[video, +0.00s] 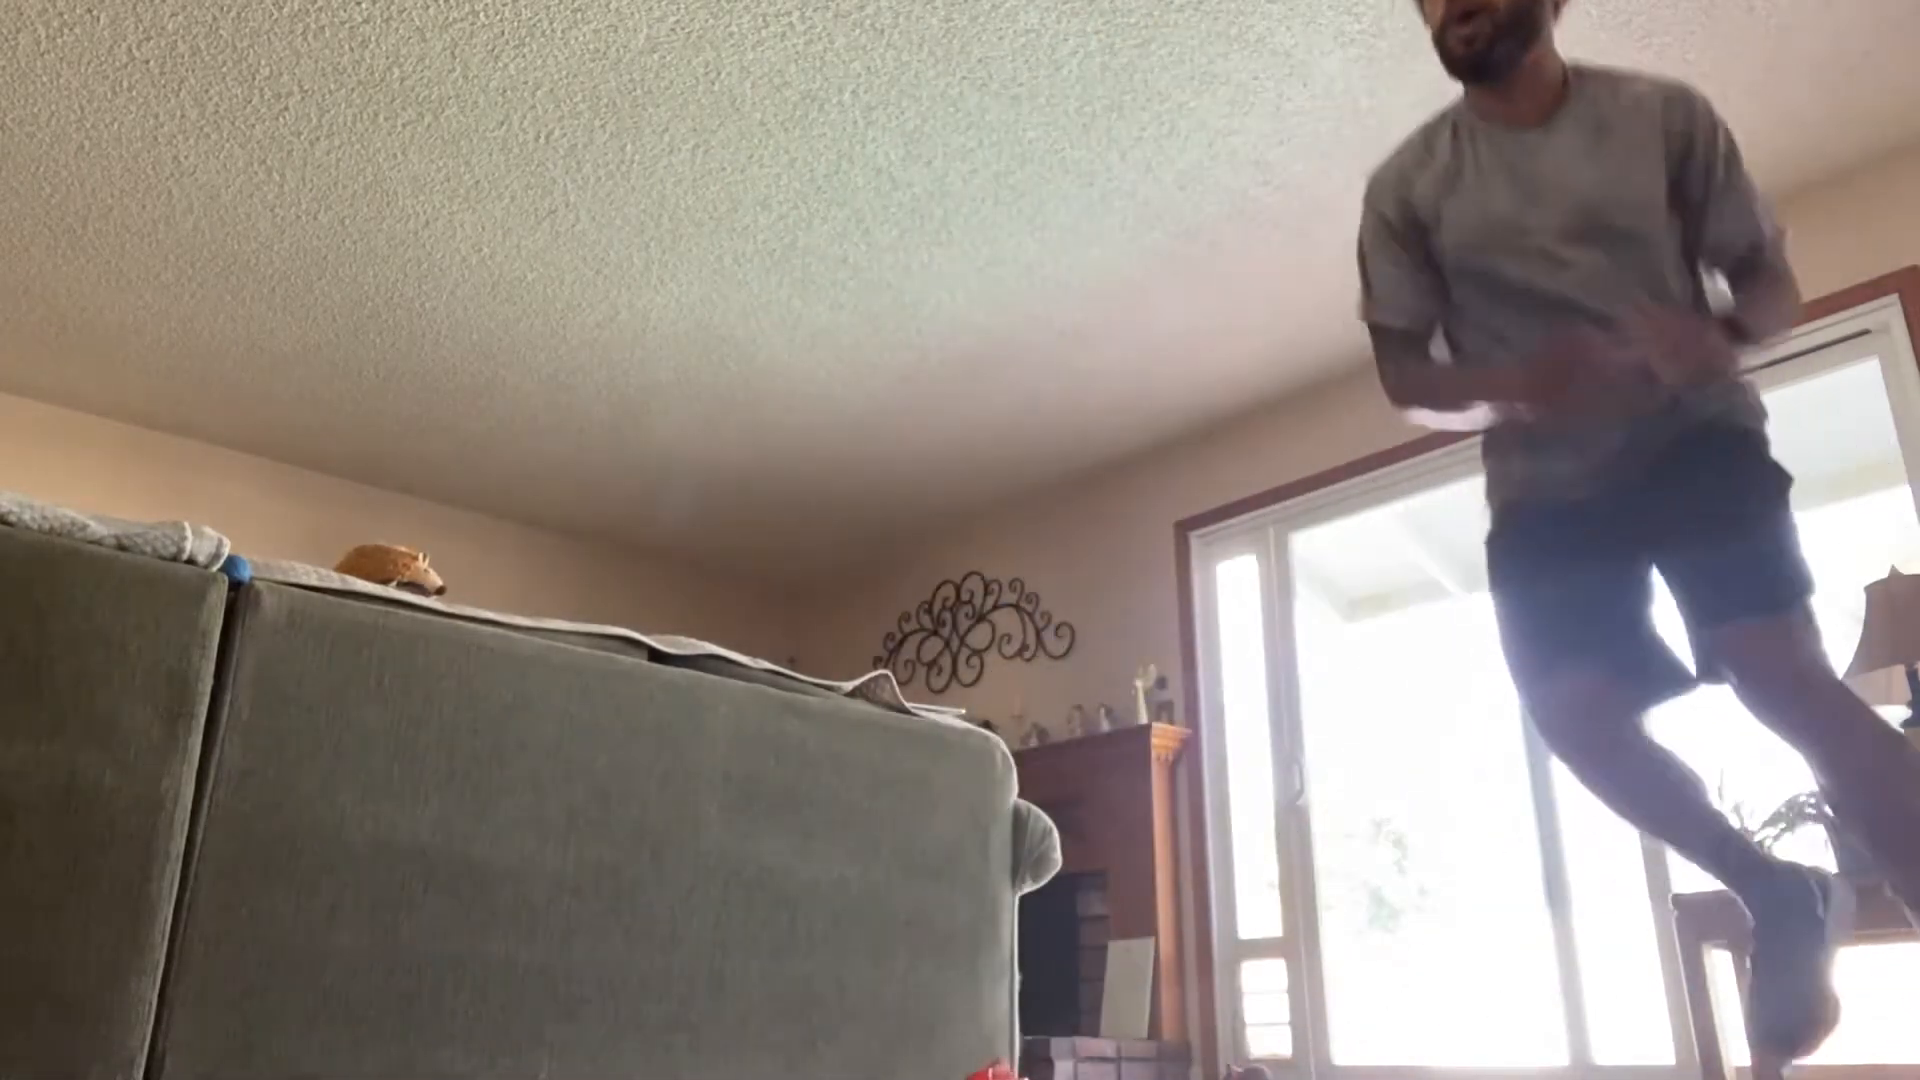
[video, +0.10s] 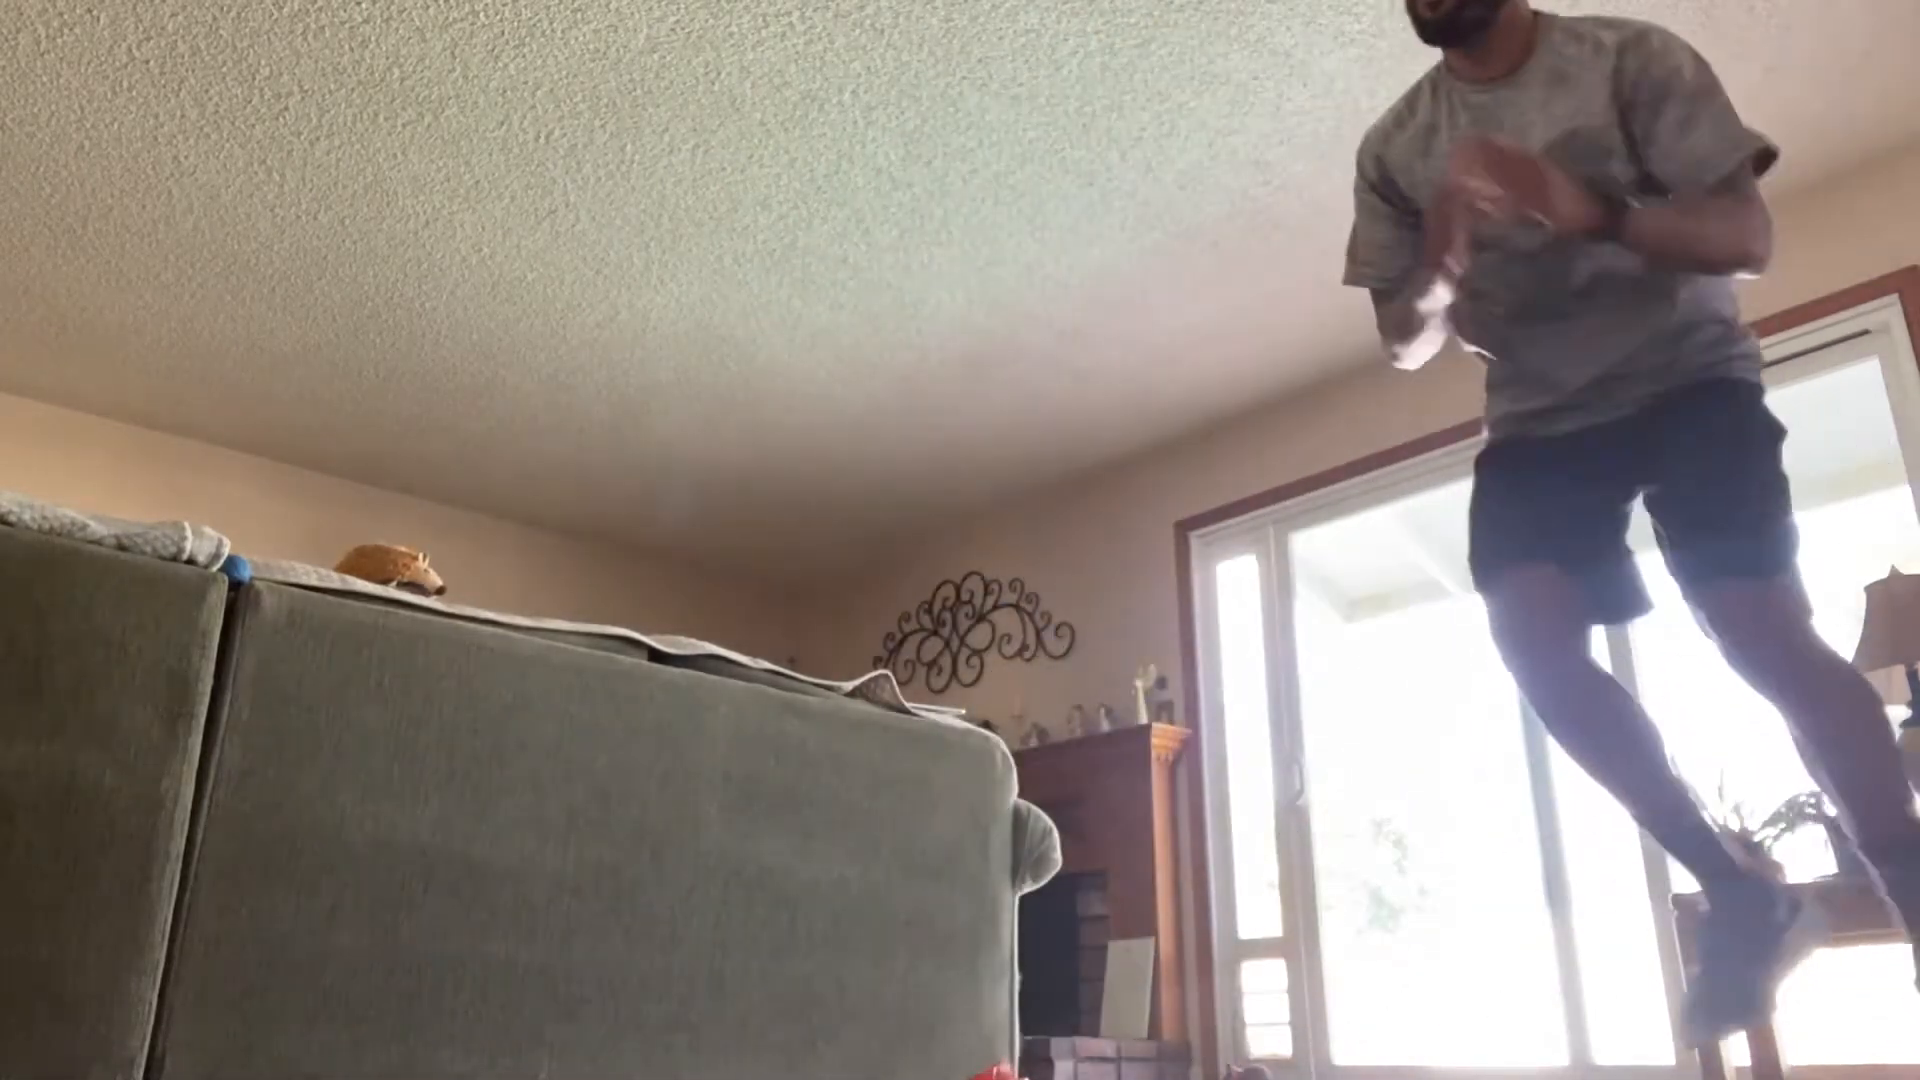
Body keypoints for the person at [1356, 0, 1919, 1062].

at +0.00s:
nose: (1457, 12)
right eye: (1439, 2)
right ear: (1427, 23)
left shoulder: (1665, 118)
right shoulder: (1406, 185)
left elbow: (1774, 293)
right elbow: (1405, 376)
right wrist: (1517, 381)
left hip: (1693, 446)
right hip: (1545, 489)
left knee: (1781, 680)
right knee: (1580, 724)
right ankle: (1774, 890)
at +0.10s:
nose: (1429, 5)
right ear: (1409, 11)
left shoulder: (1636, 61)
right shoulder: (1396, 148)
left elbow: (1748, 234)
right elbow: (1403, 347)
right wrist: (1439, 269)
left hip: (1691, 381)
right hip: (1539, 417)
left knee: (1758, 627)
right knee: (1533, 638)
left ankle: (1911, 903)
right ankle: (1734, 884)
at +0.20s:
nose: (1396, 6)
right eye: (1384, 1)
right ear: (1385, 26)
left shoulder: (1614, 76)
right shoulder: (1391, 173)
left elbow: (1713, 265)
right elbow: (1418, 376)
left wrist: (1532, 219)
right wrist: (1413, 266)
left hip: (1697, 377)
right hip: (1555, 417)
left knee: (1707, 612)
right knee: (1532, 639)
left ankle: (1857, 960)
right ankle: (1660, 966)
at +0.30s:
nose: (1397, 25)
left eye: (1420, 2)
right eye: (1382, 22)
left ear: (1501, 15)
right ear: (1381, 62)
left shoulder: (1616, 120)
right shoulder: (1402, 233)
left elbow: (1694, 303)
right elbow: (1436, 409)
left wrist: (1589, 392)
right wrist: (1470, 420)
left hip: (1697, 436)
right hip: (1558, 479)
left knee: (1658, 676)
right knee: (1529, 706)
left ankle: (1823, 1005)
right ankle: (1675, 1018)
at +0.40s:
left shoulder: (1608, 36)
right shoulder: (1402, 156)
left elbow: (1733, 179)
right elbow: (1413, 325)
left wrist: (1694, 242)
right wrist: (1350, 376)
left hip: (1684, 382)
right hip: (1542, 428)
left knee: (1678, 625)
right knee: (1537, 698)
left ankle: (1824, 979)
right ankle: (1662, 1003)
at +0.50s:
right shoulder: (1407, 68)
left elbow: (1772, 35)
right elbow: (1337, 233)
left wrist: (1770, 14)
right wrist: (1199, 212)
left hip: (1674, 287)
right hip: (1523, 338)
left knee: (1713, 559)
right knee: (1509, 626)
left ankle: (1870, 892)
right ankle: (1611, 935)